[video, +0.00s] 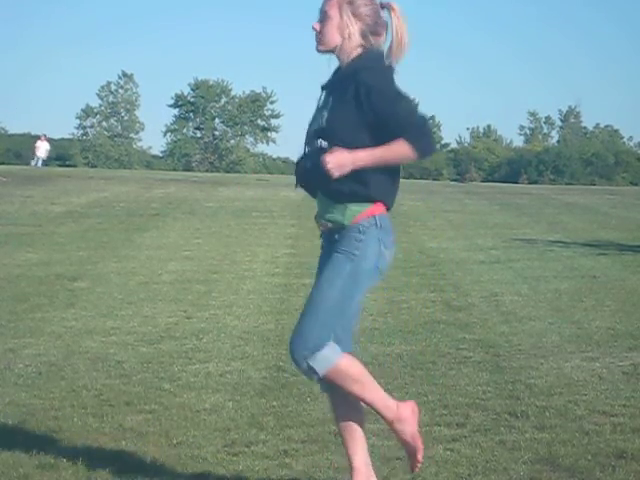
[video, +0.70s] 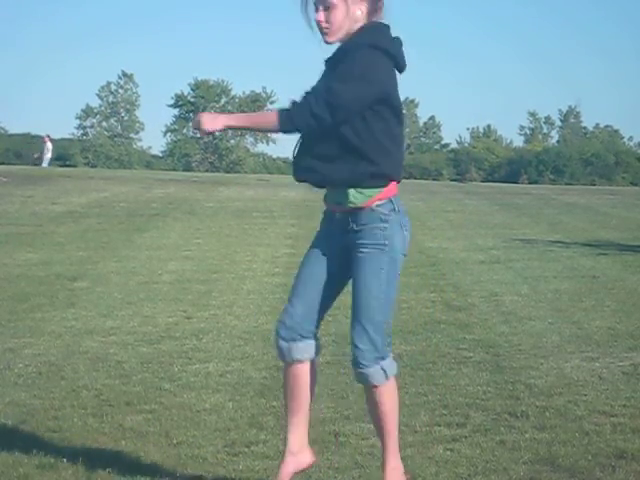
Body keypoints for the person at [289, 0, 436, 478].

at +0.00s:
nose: (315, 24)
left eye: (324, 16)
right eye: (319, 16)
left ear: (355, 25)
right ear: (348, 27)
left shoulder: (370, 73)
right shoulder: (339, 80)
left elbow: (420, 140)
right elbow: (334, 149)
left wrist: (354, 157)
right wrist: (312, 166)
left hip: (364, 232)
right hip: (337, 233)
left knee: (310, 346)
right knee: (332, 356)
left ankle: (398, 414)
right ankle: (362, 472)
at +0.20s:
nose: (320, 8)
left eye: (327, 1)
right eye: (322, 2)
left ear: (352, 5)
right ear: (354, 8)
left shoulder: (365, 48)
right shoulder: (354, 50)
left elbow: (378, 136)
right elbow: (366, 135)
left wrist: (319, 177)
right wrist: (312, 172)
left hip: (363, 207)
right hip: (355, 206)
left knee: (358, 340)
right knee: (345, 341)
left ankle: (380, 462)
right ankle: (370, 458)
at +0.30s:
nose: (325, 42)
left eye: (330, 33)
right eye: (327, 34)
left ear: (349, 36)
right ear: (364, 36)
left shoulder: (365, 85)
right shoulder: (369, 83)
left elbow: (345, 172)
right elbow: (356, 171)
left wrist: (290, 234)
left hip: (364, 235)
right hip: (364, 233)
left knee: (352, 365)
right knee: (338, 368)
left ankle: (396, 475)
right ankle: (390, 472)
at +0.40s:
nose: (324, 59)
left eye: (328, 50)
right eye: (325, 50)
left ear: (346, 56)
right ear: (365, 55)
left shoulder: (362, 107)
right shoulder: (379, 102)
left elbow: (359, 201)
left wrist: (284, 208)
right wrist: (380, 29)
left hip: (367, 259)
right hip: (375, 257)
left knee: (338, 383)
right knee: (292, 362)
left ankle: (392, 475)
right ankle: (364, 466)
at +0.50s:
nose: (319, 54)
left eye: (324, 45)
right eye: (321, 45)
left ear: (344, 48)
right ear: (352, 48)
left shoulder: (358, 98)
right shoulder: (378, 95)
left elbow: (364, 189)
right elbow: (400, 172)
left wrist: (305, 168)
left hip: (367, 248)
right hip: (372, 246)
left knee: (344, 377)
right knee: (272, 325)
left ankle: (395, 474)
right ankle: (334, 425)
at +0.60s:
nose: (312, 20)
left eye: (317, 10)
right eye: (313, 11)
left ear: (348, 9)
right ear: (349, 12)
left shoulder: (362, 65)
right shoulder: (355, 66)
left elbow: (344, 161)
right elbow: (353, 161)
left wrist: (282, 130)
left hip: (373, 225)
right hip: (351, 225)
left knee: (363, 357)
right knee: (278, 314)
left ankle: (391, 470)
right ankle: (315, 429)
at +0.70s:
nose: (319, 16)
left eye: (329, 5)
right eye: (316, 7)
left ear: (362, 7)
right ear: (318, 11)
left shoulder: (367, 57)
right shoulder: (346, 59)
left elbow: (306, 115)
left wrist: (228, 120)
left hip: (377, 221)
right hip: (337, 219)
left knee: (370, 352)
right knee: (295, 332)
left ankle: (393, 464)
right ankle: (297, 450)